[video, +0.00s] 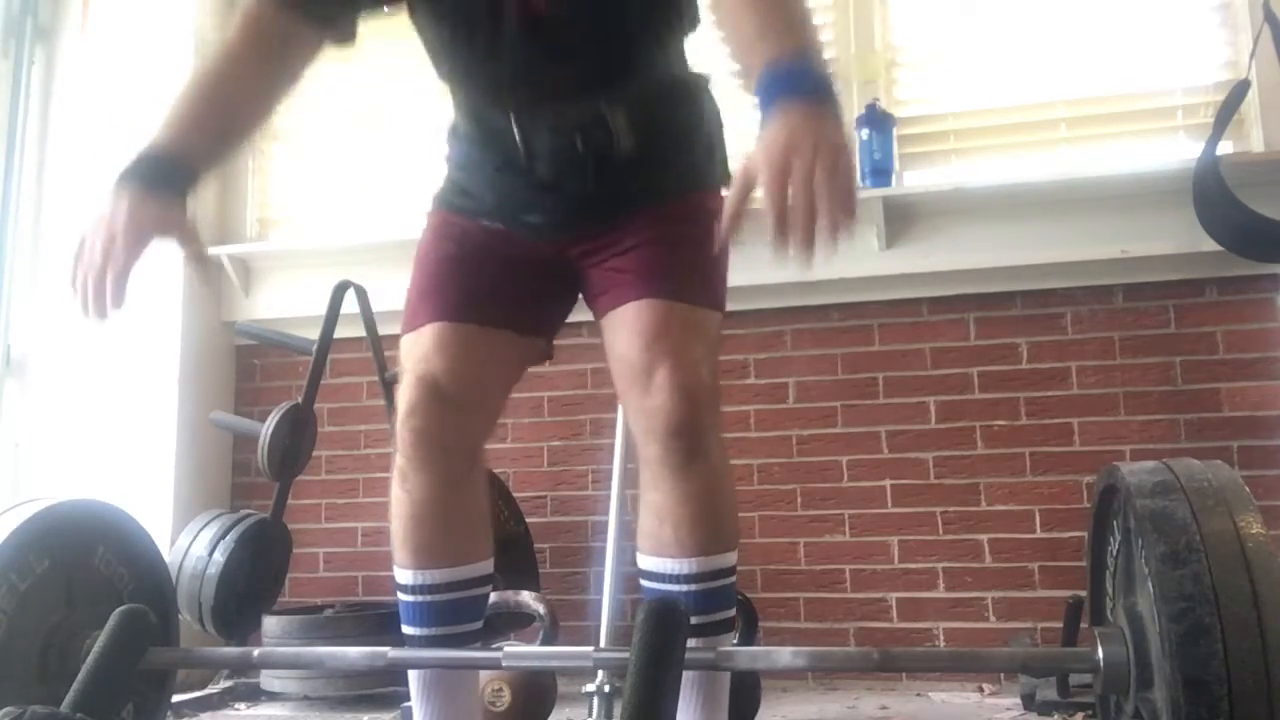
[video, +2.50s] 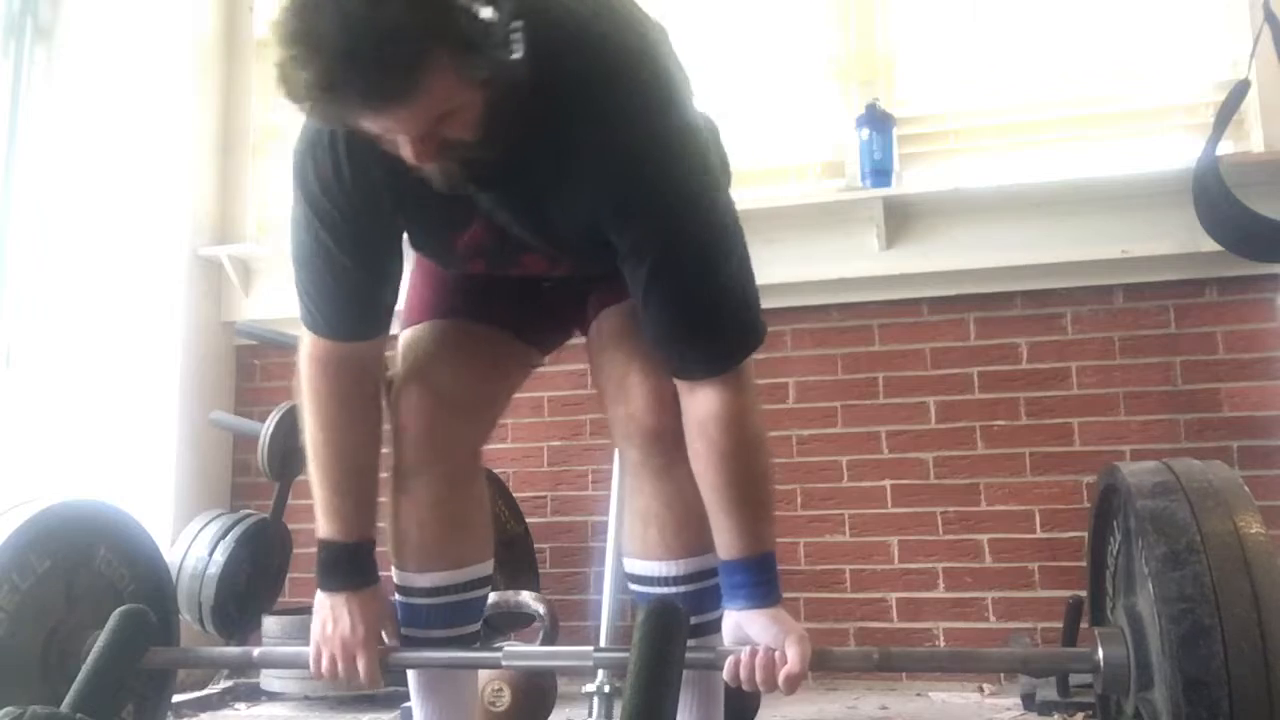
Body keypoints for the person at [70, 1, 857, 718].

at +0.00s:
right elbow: (285, 17)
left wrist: (793, 84)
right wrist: (159, 171)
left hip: (650, 157)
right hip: (494, 169)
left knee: (671, 397)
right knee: (429, 408)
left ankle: (701, 703)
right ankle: (445, 707)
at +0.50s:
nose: (437, 34)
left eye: (465, 6)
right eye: (411, 11)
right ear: (390, 5)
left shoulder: (654, 34)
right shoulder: (381, 84)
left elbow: (759, 261)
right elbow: (325, 304)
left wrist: (792, 525)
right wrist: (291, 538)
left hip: (670, 246)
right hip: (516, 253)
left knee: (706, 412)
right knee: (428, 412)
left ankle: (704, 703)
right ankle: (444, 706)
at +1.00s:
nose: (511, 142)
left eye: (529, 104)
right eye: (473, 129)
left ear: (557, 33)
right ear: (424, 110)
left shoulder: (663, 75)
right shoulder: (383, 135)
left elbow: (727, 345)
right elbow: (355, 374)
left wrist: (761, 568)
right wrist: (340, 595)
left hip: (649, 249)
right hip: (500, 258)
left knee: (666, 415)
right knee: (427, 417)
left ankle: (702, 698)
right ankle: (444, 702)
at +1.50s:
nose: (543, 165)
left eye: (566, 128)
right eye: (506, 148)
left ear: (599, 58)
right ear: (450, 122)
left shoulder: (688, 112)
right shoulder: (394, 135)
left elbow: (721, 371)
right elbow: (352, 375)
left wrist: (754, 590)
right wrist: (342, 596)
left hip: (634, 257)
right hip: (487, 259)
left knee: (654, 421)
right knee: (418, 425)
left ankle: (696, 696)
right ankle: (441, 702)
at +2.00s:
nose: (531, 153)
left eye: (552, 117)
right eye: (492, 140)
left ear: (583, 48)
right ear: (436, 113)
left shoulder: (681, 107)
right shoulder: (384, 133)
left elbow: (709, 373)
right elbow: (349, 376)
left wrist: (748, 593)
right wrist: (343, 596)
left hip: (629, 245)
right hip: (484, 251)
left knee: (646, 423)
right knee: (416, 423)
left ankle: (694, 698)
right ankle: (441, 702)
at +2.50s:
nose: (415, 154)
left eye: (439, 121)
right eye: (383, 135)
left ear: (492, 60)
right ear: (346, 110)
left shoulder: (612, 77)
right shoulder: (340, 142)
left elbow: (711, 370)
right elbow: (340, 350)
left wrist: (753, 598)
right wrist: (344, 575)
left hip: (631, 232)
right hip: (484, 244)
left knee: (655, 418)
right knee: (421, 411)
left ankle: (693, 702)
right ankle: (442, 705)